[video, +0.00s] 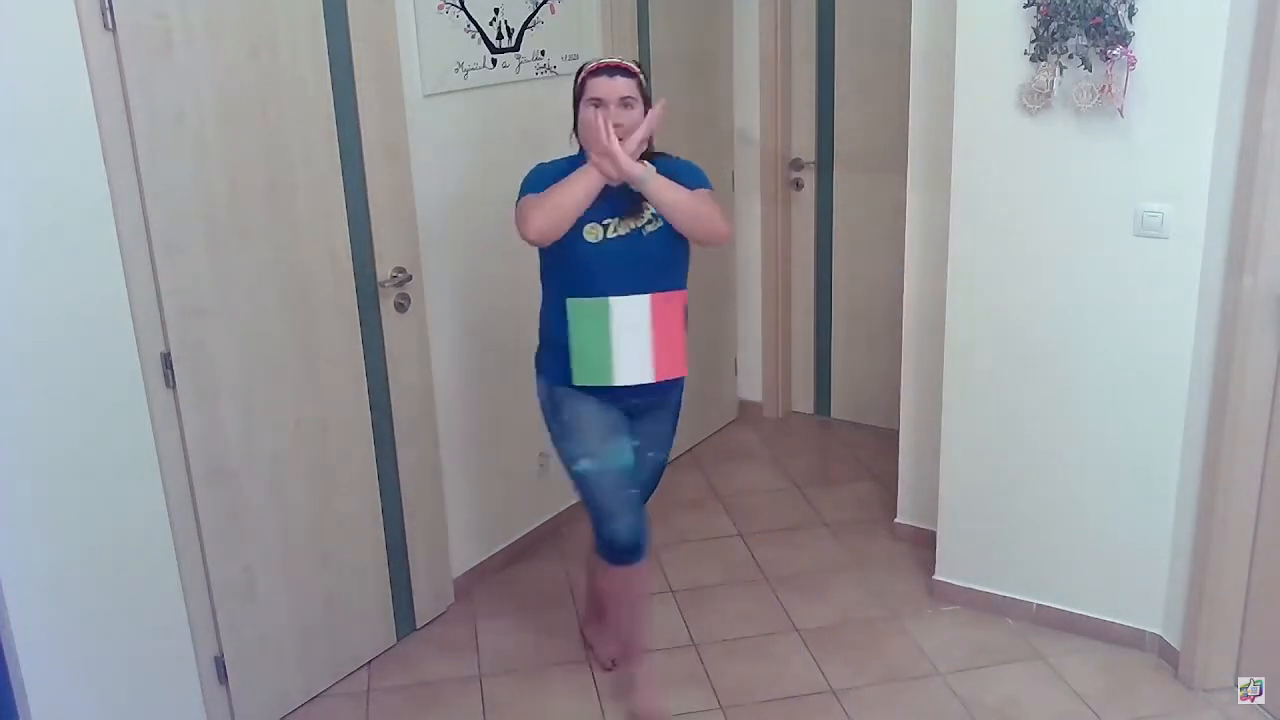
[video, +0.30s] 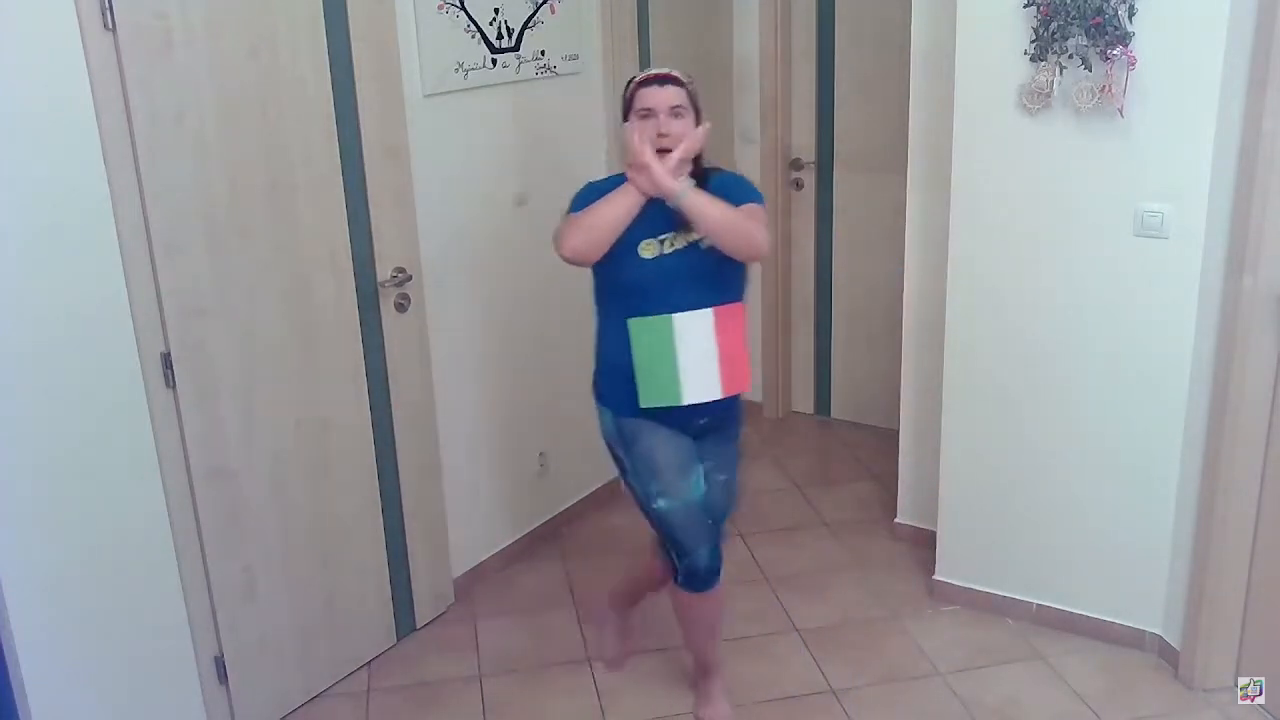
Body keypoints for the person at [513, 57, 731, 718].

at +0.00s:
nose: (611, 117)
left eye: (625, 105)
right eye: (596, 106)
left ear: (647, 114)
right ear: (577, 116)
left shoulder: (676, 173)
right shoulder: (552, 177)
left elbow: (715, 229)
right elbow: (536, 227)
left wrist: (634, 171)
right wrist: (606, 163)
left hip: (658, 382)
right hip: (575, 383)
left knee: (621, 521)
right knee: (625, 532)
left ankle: (598, 616)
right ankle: (635, 670)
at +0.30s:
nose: (661, 125)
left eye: (675, 114)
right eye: (645, 116)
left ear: (699, 127)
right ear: (626, 130)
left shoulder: (726, 188)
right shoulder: (603, 196)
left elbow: (756, 246)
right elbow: (575, 249)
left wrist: (674, 188)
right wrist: (645, 183)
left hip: (719, 401)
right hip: (638, 407)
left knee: (701, 540)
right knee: (698, 553)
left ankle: (618, 601)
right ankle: (709, 681)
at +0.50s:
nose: (707, 104)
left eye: (720, 93)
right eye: (690, 93)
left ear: (740, 106)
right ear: (667, 108)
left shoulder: (770, 166)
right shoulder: (641, 175)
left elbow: (812, 211)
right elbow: (623, 221)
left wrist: (729, 154)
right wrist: (701, 153)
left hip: (763, 393)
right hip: (672, 400)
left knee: (787, 541)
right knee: (703, 549)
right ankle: (710, 676)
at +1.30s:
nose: (930, 105)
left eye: (946, 94)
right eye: (914, 92)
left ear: (967, 112)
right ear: (888, 108)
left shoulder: (996, 180)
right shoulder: (855, 176)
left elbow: (1101, 202)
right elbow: (833, 224)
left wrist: (1000, 178)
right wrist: (928, 167)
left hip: (979, 411)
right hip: (885, 411)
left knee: (953, 580)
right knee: (909, 568)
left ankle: (949, 698)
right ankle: (940, 676)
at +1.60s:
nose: (999, 127)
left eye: (1017, 114)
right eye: (984, 110)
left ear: (1037, 123)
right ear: (957, 116)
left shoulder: (1074, 192)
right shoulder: (917, 190)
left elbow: (1147, 275)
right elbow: (890, 283)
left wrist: (1138, 285)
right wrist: (1000, 253)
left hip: (1053, 424)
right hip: (951, 424)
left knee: (1044, 577)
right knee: (946, 572)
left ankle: (1040, 679)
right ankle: (943, 670)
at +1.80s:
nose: (1056, 152)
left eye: (1073, 135)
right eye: (1038, 135)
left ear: (1098, 134)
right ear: (1013, 135)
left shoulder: (1137, 206)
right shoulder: (967, 213)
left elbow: (1185, 316)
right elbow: (920, 317)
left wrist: (1246, 411)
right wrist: (899, 421)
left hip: (1102, 439)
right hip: (1001, 440)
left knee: (1064, 581)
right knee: (1006, 606)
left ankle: (1039, 679)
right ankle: (1004, 709)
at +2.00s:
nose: (1092, 166)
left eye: (1110, 148)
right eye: (1072, 149)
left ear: (1138, 151)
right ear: (1044, 154)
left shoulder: (1184, 226)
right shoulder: (1001, 231)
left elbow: (1224, 335)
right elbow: (941, 339)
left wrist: (1272, 410)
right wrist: (893, 436)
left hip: (1119, 446)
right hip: (1016, 444)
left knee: (1069, 604)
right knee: (1056, 614)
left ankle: (1036, 693)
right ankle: (1065, 715)